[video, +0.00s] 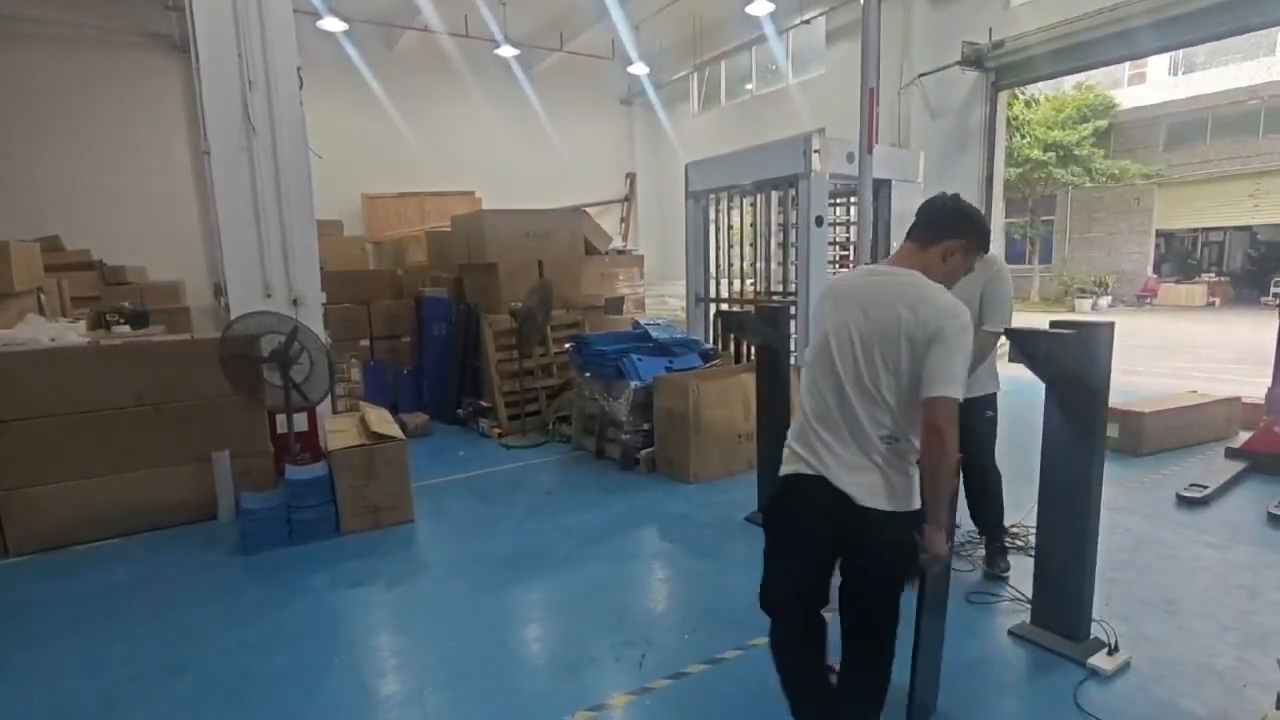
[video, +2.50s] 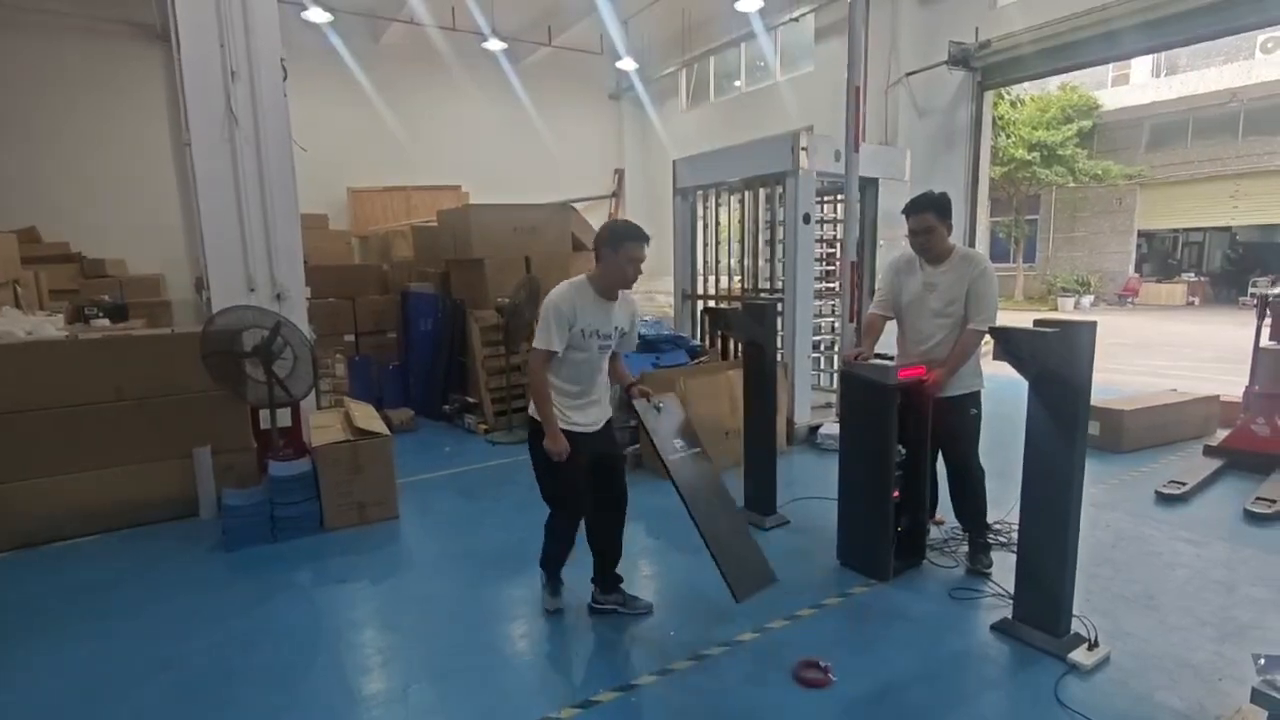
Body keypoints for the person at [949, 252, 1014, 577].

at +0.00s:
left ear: (978, 231)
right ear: (947, 231)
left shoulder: (993, 268)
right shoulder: (924, 260)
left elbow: (991, 333)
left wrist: (956, 373)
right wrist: (924, 367)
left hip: (976, 389)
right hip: (930, 388)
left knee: (980, 469)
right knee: (930, 465)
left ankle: (995, 544)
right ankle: (932, 538)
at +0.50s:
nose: (932, 244)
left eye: (939, 235)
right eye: (926, 236)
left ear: (961, 229)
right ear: (919, 233)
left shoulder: (988, 268)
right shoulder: (911, 268)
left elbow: (989, 330)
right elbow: (889, 315)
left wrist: (954, 376)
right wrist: (875, 349)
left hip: (973, 388)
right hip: (925, 388)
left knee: (977, 468)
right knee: (927, 469)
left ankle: (991, 542)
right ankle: (924, 545)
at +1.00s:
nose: (929, 242)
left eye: (937, 234)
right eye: (923, 234)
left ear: (959, 229)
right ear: (917, 232)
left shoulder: (986, 266)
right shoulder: (910, 264)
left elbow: (988, 327)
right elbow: (888, 312)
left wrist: (954, 373)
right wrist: (872, 348)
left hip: (970, 386)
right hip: (922, 385)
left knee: (975, 468)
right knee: (924, 468)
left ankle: (988, 543)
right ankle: (921, 543)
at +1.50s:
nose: (925, 240)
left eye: (934, 231)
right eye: (920, 232)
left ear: (956, 227)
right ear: (914, 229)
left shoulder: (984, 264)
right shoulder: (907, 264)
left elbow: (985, 326)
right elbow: (885, 311)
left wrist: (954, 368)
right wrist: (872, 344)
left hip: (967, 384)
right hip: (919, 382)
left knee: (971, 466)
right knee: (922, 466)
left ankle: (985, 539)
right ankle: (918, 544)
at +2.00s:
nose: (920, 239)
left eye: (929, 231)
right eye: (915, 231)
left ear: (952, 227)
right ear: (910, 229)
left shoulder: (979, 264)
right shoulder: (903, 264)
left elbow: (981, 326)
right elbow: (881, 311)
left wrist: (951, 369)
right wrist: (867, 345)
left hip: (963, 384)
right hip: (916, 382)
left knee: (967, 465)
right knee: (918, 465)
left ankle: (981, 538)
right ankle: (914, 544)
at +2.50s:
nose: (917, 242)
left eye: (925, 233)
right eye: (912, 234)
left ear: (948, 228)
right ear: (906, 231)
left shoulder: (976, 267)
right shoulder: (899, 265)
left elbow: (976, 328)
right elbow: (878, 312)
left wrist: (946, 370)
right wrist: (865, 347)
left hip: (959, 388)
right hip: (912, 387)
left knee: (963, 466)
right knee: (915, 467)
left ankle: (977, 540)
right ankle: (911, 543)